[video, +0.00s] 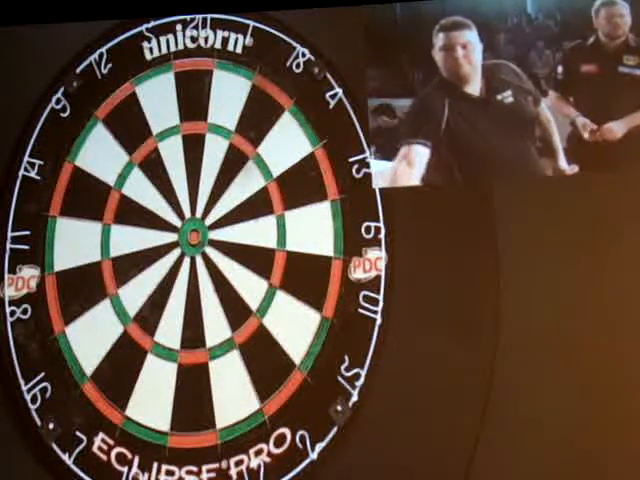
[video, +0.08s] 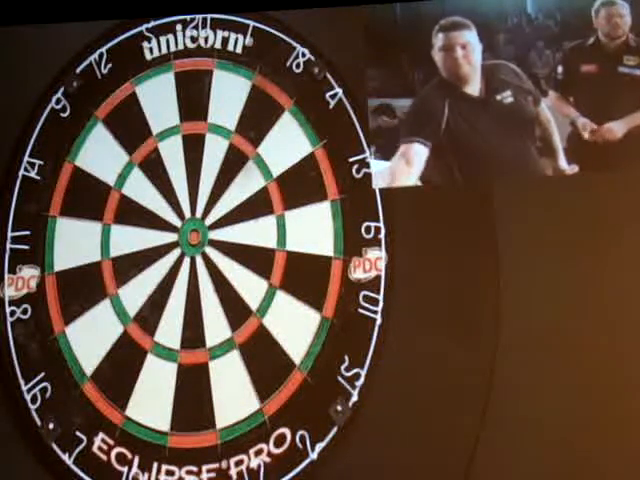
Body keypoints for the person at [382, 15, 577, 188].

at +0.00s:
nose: (458, 55)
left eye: (465, 46)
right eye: (448, 49)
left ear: (479, 49)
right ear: (435, 56)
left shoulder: (505, 74)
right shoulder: (432, 102)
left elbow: (542, 114)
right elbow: (409, 164)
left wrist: (560, 161)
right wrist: (396, 222)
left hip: (535, 197)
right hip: (475, 209)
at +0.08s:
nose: (457, 56)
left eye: (465, 47)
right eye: (446, 49)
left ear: (479, 51)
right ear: (434, 57)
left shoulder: (505, 74)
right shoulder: (431, 103)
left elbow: (542, 115)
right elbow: (407, 162)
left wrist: (561, 161)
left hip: (537, 197)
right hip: (478, 208)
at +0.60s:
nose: (454, 59)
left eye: (461, 50)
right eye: (443, 53)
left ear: (476, 53)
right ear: (430, 62)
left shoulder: (502, 77)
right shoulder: (432, 104)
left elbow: (539, 116)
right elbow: (394, 150)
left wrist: (559, 165)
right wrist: (382, 89)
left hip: (543, 193)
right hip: (485, 208)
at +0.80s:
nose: (454, 59)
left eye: (461, 49)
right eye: (443, 53)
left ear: (475, 52)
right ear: (430, 61)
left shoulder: (500, 76)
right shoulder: (431, 101)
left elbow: (538, 116)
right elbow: (401, 152)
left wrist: (560, 166)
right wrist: (403, 82)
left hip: (543, 192)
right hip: (485, 206)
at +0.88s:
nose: (454, 60)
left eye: (461, 50)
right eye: (444, 54)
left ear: (475, 53)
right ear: (430, 62)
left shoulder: (501, 77)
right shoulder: (431, 101)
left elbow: (538, 116)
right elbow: (404, 154)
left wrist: (560, 168)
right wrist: (411, 82)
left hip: (542, 194)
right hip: (485, 207)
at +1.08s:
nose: (456, 60)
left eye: (462, 51)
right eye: (445, 55)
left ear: (475, 55)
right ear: (429, 65)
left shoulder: (499, 78)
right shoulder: (432, 104)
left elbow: (538, 120)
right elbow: (406, 158)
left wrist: (559, 170)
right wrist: (416, 86)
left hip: (543, 193)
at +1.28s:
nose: (457, 63)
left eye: (463, 52)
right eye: (444, 57)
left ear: (476, 56)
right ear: (430, 66)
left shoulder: (500, 79)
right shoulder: (431, 106)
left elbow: (539, 122)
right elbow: (405, 157)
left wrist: (558, 171)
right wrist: (390, 100)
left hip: (538, 193)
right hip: (483, 207)